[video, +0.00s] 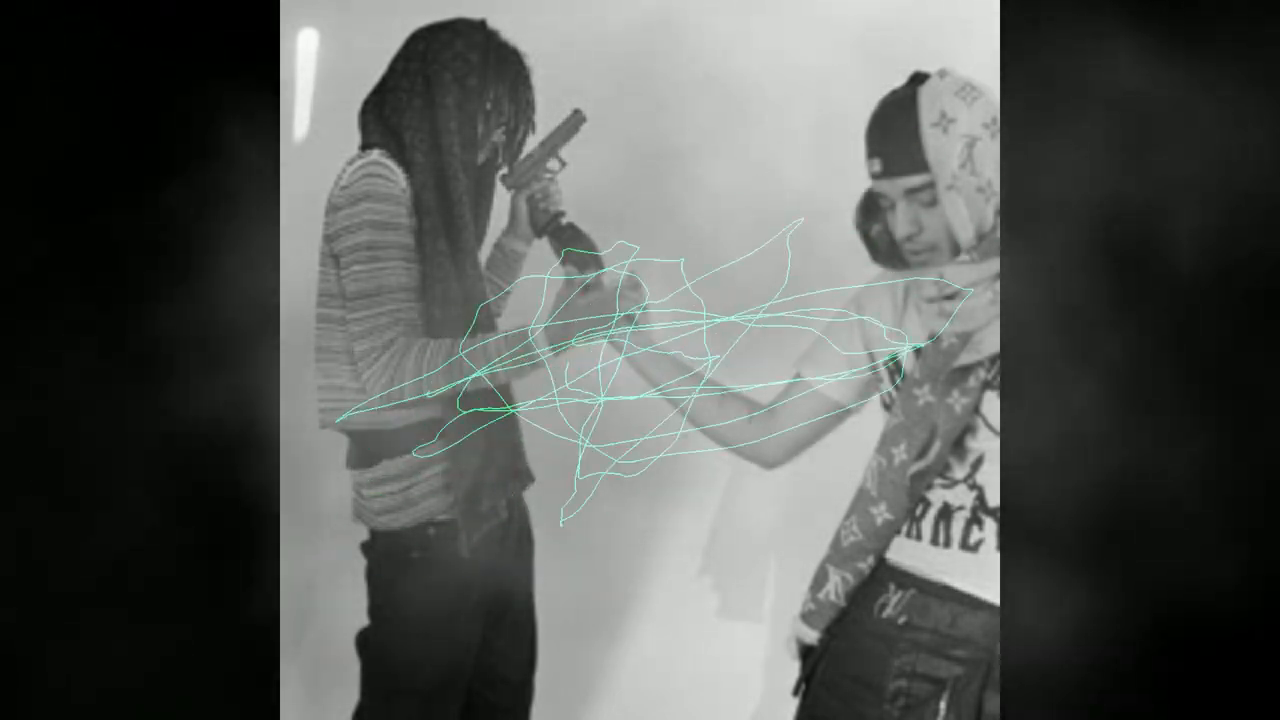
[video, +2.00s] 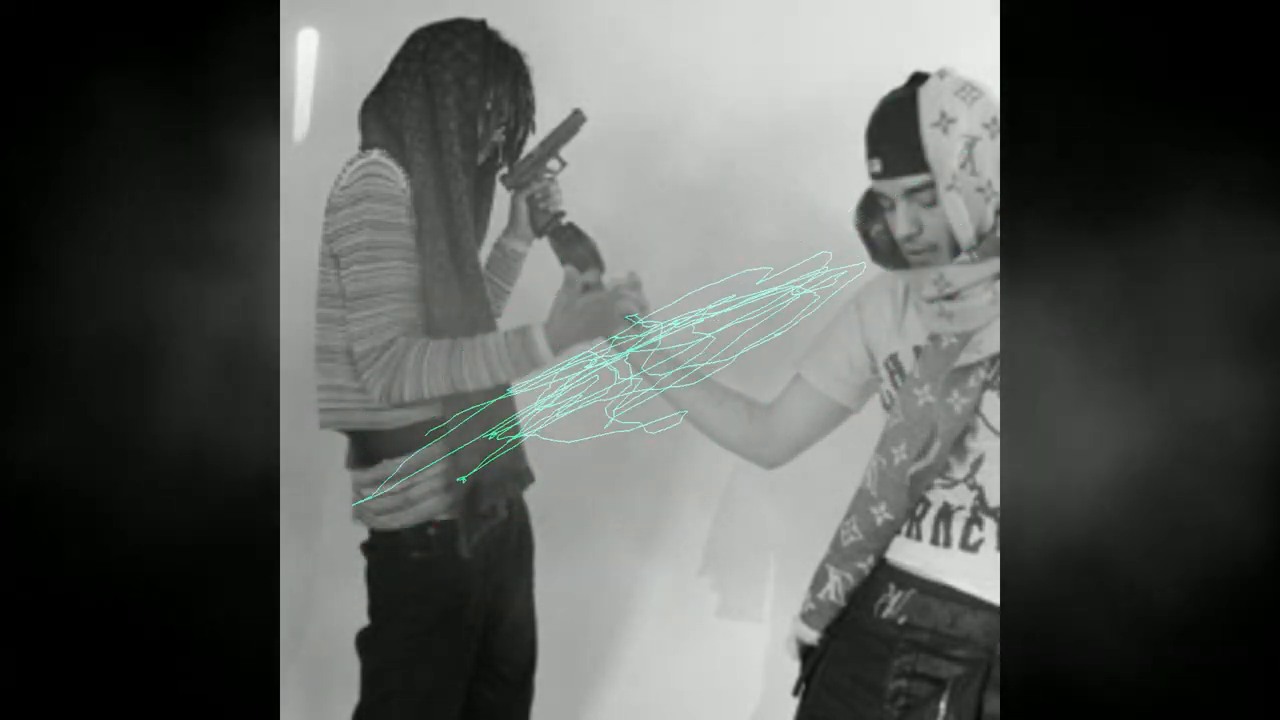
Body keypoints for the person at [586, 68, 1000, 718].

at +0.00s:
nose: (904, 230)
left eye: (926, 198)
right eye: (886, 204)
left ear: (984, 185)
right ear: (874, 205)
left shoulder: (1040, 291)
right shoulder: (896, 303)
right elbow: (767, 437)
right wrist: (630, 334)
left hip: (1008, 644)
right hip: (886, 616)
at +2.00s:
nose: (906, 229)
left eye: (926, 199)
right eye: (888, 205)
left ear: (978, 183)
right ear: (875, 205)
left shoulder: (1030, 292)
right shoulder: (888, 304)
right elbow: (768, 437)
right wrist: (633, 339)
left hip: (1002, 640)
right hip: (882, 616)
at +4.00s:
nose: (906, 229)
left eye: (925, 199)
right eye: (886, 206)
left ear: (981, 185)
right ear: (873, 206)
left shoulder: (1034, 292)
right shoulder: (891, 304)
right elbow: (768, 437)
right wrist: (634, 340)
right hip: (889, 618)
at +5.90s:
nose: (906, 228)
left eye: (926, 198)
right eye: (886, 205)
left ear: (981, 183)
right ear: (873, 204)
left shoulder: (1035, 293)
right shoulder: (891, 305)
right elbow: (767, 436)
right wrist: (634, 339)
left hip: (998, 642)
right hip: (883, 619)